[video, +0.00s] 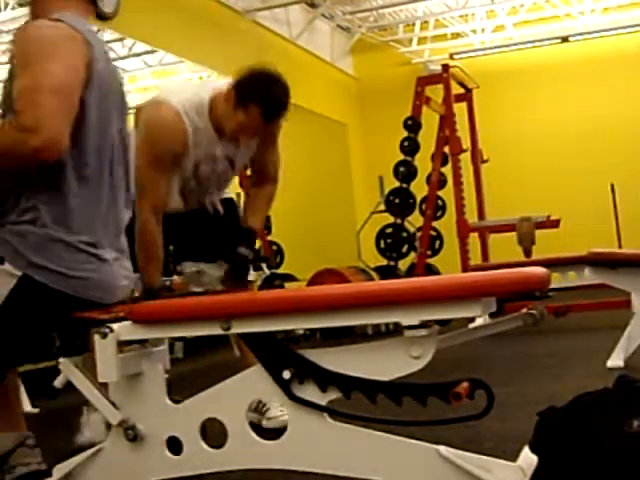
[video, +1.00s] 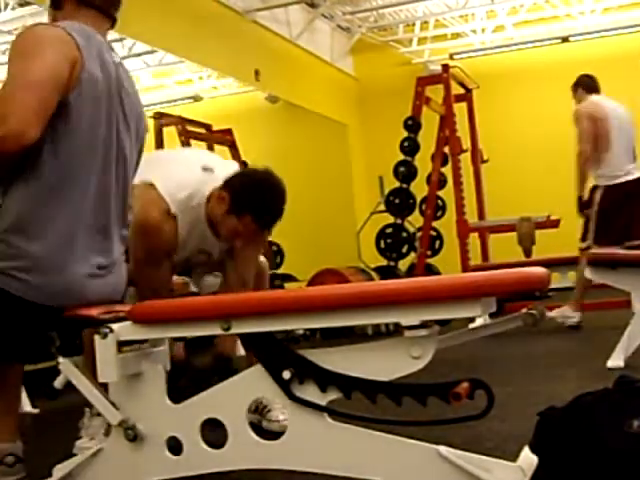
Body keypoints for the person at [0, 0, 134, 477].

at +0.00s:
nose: (25, 4)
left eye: (29, 2)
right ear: (91, 5)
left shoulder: (49, 35)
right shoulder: (98, 56)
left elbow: (42, 137)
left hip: (50, 270)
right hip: (96, 270)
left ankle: (13, 445)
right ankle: (13, 445)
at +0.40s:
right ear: (128, 6)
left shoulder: (81, 26)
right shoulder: (134, 55)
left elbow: (64, 126)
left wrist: (5, 151)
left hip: (64, 268)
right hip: (123, 273)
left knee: (10, 339)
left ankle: (14, 443)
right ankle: (13, 441)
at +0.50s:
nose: (49, 7)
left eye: (55, 3)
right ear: (110, 8)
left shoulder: (67, 30)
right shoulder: (119, 63)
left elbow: (54, 120)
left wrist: (3, 150)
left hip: (67, 267)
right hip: (119, 271)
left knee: (7, 348)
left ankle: (8, 450)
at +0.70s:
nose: (33, 2)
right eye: (113, 12)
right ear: (99, 8)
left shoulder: (44, 31)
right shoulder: (94, 59)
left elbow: (22, 111)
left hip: (37, 269)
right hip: (94, 270)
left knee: (3, 348)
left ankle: (7, 449)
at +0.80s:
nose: (36, 3)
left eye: (42, 0)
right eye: (116, 9)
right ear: (102, 7)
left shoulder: (47, 31)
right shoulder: (105, 64)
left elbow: (14, 114)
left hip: (30, 273)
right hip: (87, 274)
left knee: (3, 357)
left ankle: (8, 448)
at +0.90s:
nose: (46, 9)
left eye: (49, 5)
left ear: (59, 1)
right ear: (109, 13)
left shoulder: (48, 37)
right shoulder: (117, 80)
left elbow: (10, 122)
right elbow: (106, 172)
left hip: (26, 273)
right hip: (90, 275)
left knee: (1, 352)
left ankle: (7, 449)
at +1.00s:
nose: (48, 11)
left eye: (51, 7)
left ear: (61, 4)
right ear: (112, 16)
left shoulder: (50, 41)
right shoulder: (128, 87)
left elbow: (16, 130)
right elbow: (121, 177)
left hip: (32, 271)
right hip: (105, 276)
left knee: (8, 360)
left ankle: (7, 450)